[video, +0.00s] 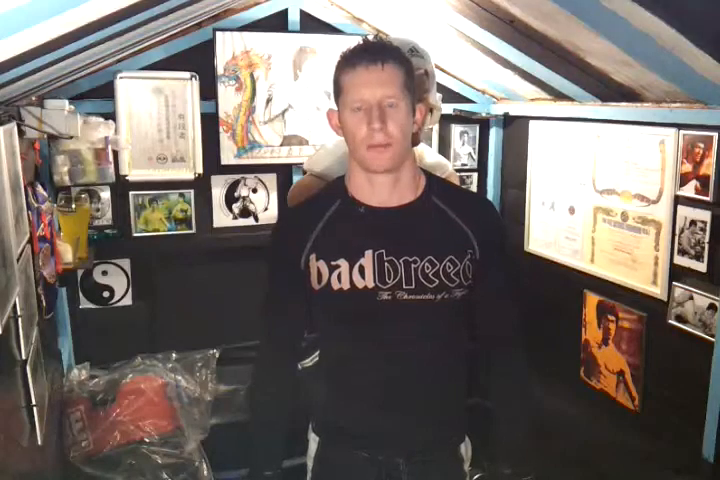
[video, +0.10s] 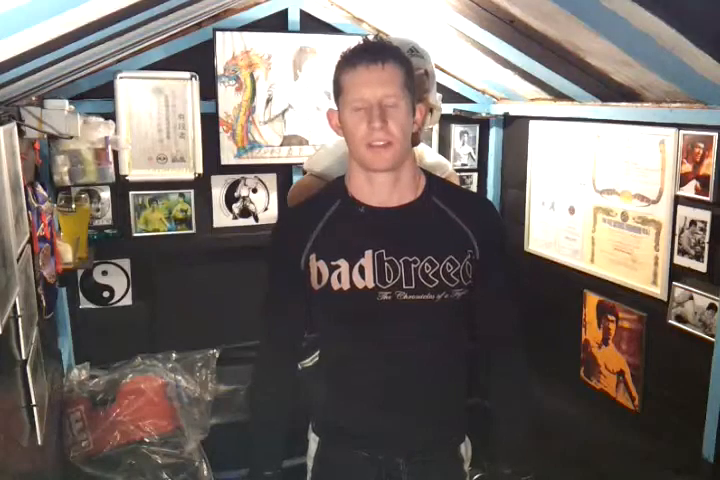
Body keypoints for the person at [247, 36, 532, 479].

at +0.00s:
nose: (377, 123)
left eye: (390, 106)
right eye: (359, 109)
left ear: (418, 116)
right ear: (337, 123)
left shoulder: (476, 221)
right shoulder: (301, 227)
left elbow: (503, 353)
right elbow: (278, 358)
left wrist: (502, 466)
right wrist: (272, 466)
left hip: (441, 458)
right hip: (342, 458)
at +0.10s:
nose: (377, 123)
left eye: (391, 106)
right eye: (360, 109)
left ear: (418, 116)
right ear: (337, 123)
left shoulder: (476, 221)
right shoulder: (302, 226)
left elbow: (503, 353)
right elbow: (278, 358)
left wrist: (502, 465)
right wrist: (273, 465)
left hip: (441, 458)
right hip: (342, 458)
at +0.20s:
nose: (377, 122)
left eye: (391, 105)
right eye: (360, 108)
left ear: (417, 116)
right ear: (337, 123)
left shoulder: (475, 220)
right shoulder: (302, 226)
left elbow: (503, 353)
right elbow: (277, 358)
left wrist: (502, 466)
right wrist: (272, 466)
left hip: (441, 458)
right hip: (342, 458)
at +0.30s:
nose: (376, 120)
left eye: (389, 103)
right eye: (359, 107)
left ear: (417, 116)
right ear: (337, 123)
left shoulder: (475, 220)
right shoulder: (302, 226)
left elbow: (502, 352)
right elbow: (277, 358)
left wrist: (502, 465)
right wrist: (272, 465)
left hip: (441, 458)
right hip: (343, 457)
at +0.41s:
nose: (376, 119)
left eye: (390, 102)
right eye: (359, 105)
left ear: (417, 116)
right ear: (337, 123)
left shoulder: (476, 221)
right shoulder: (302, 226)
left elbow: (501, 354)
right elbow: (278, 359)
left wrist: (498, 466)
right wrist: (272, 467)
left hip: (441, 459)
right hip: (342, 459)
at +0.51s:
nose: (376, 118)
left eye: (390, 102)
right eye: (360, 104)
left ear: (417, 117)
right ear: (337, 123)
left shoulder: (476, 222)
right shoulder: (301, 226)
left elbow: (502, 355)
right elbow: (278, 359)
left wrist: (499, 467)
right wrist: (273, 467)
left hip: (440, 459)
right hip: (342, 458)